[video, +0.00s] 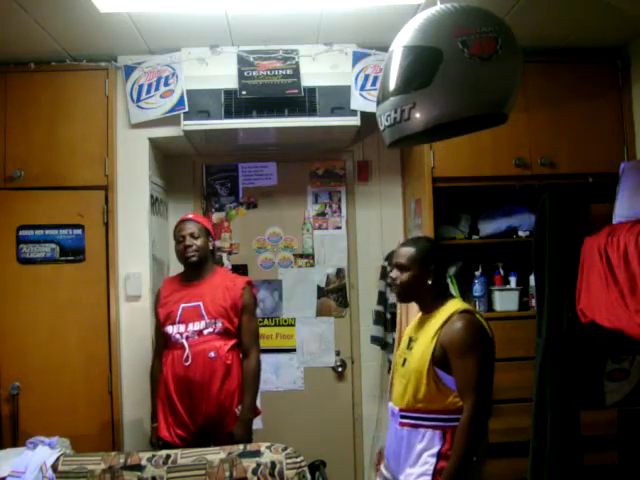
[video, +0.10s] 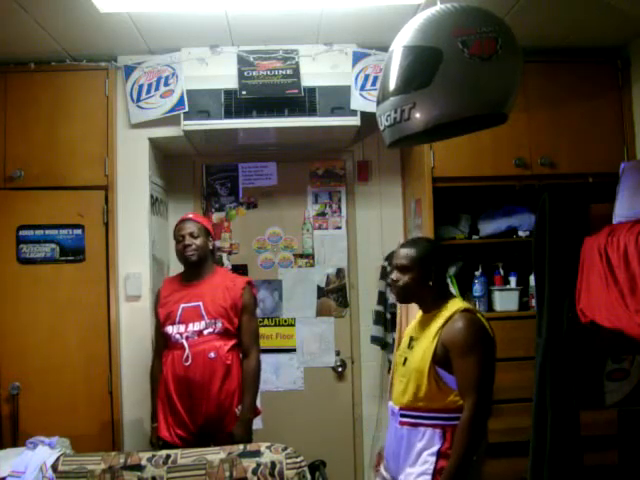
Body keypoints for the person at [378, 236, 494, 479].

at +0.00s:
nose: (391, 276)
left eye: (401, 269)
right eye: (392, 268)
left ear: (429, 275)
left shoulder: (461, 327)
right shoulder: (423, 318)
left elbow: (475, 407)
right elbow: (415, 395)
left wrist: (452, 471)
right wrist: (389, 447)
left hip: (432, 452)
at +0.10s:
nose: (392, 278)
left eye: (403, 270)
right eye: (392, 269)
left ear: (430, 277)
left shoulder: (463, 326)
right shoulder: (424, 318)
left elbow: (476, 407)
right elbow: (413, 395)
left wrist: (452, 471)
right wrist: (389, 448)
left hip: (433, 451)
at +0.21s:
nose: (395, 273)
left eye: (406, 266)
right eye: (394, 264)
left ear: (431, 270)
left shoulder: (463, 320)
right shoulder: (421, 313)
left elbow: (476, 402)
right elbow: (409, 387)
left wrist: (451, 471)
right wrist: (389, 444)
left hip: (435, 442)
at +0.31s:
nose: (397, 264)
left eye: (408, 258)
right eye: (396, 257)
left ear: (432, 264)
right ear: (394, 258)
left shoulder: (461, 316)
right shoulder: (418, 309)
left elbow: (476, 397)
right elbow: (409, 384)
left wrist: (450, 470)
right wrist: (389, 442)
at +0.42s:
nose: (395, 265)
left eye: (406, 259)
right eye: (394, 257)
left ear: (432, 265)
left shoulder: (461, 318)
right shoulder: (418, 311)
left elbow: (476, 399)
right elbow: (410, 388)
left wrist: (450, 470)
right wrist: (387, 442)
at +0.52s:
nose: (395, 271)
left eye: (406, 265)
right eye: (394, 264)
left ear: (431, 271)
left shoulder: (463, 323)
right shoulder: (418, 317)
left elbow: (478, 404)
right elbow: (408, 392)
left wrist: (454, 471)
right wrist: (386, 445)